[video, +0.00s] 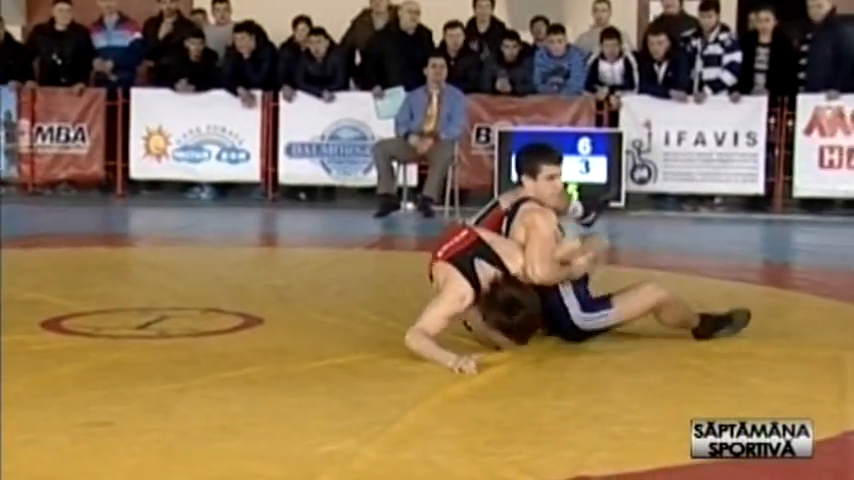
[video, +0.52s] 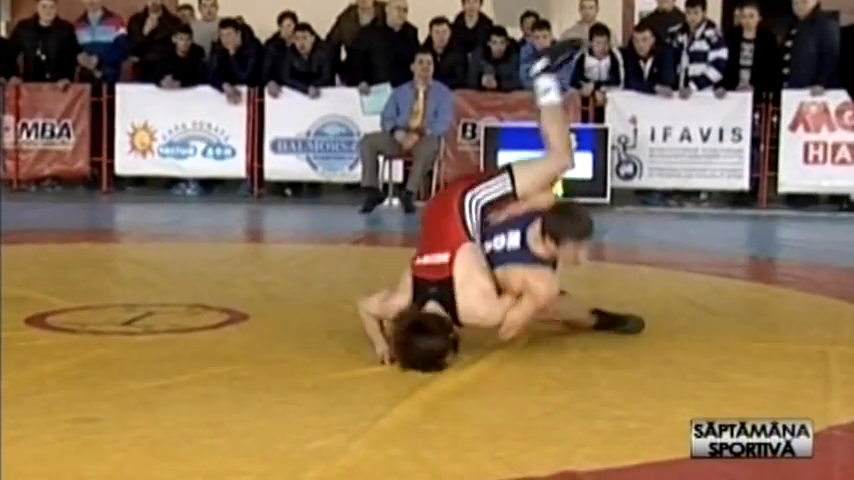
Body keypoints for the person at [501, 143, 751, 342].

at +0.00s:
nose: (559, 185)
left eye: (559, 177)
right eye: (551, 179)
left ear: (527, 183)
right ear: (527, 183)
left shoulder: (513, 203)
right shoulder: (539, 219)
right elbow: (539, 274)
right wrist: (580, 263)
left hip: (542, 310)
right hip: (573, 320)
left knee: (570, 252)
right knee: (655, 293)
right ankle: (700, 325)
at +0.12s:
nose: (553, 189)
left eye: (554, 181)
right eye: (543, 184)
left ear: (558, 175)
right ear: (522, 185)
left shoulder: (521, 200)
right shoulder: (538, 225)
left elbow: (565, 241)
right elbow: (539, 287)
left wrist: (555, 213)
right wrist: (571, 268)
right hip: (561, 311)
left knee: (612, 251)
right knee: (638, 311)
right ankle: (682, 331)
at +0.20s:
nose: (560, 187)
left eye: (562, 179)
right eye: (550, 182)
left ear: (566, 175)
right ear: (528, 183)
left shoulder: (523, 194)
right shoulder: (543, 225)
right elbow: (538, 289)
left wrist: (582, 212)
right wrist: (568, 269)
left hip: (530, 283)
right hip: (553, 306)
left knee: (600, 247)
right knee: (640, 297)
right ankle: (684, 327)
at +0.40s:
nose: (575, 200)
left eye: (577, 191)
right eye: (567, 193)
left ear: (539, 188)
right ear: (542, 190)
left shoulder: (522, 189)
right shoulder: (549, 241)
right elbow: (532, 306)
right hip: (511, 290)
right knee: (606, 289)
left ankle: (542, 308)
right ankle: (652, 318)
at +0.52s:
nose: (581, 256)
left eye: (584, 245)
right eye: (577, 246)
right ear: (554, 243)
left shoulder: (543, 206)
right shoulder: (543, 285)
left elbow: (501, 215)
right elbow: (506, 332)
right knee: (552, 303)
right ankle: (597, 319)